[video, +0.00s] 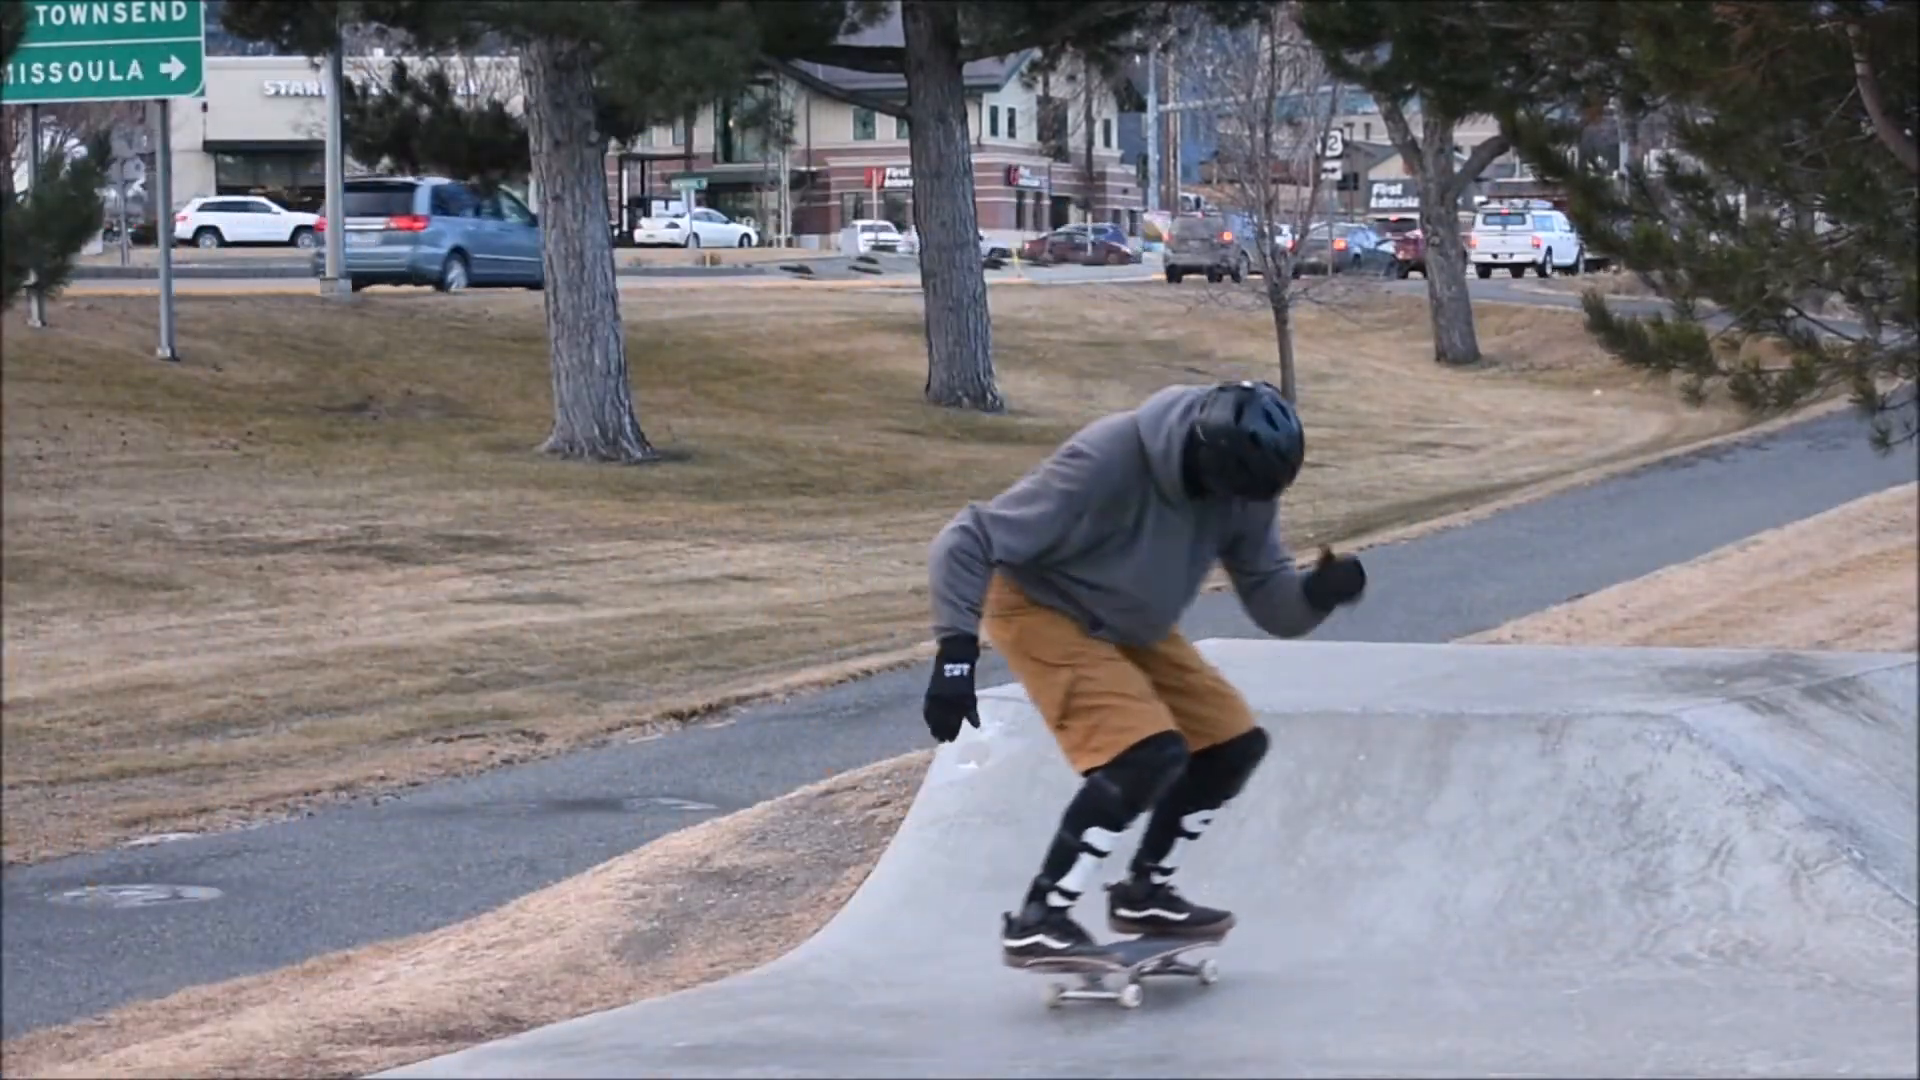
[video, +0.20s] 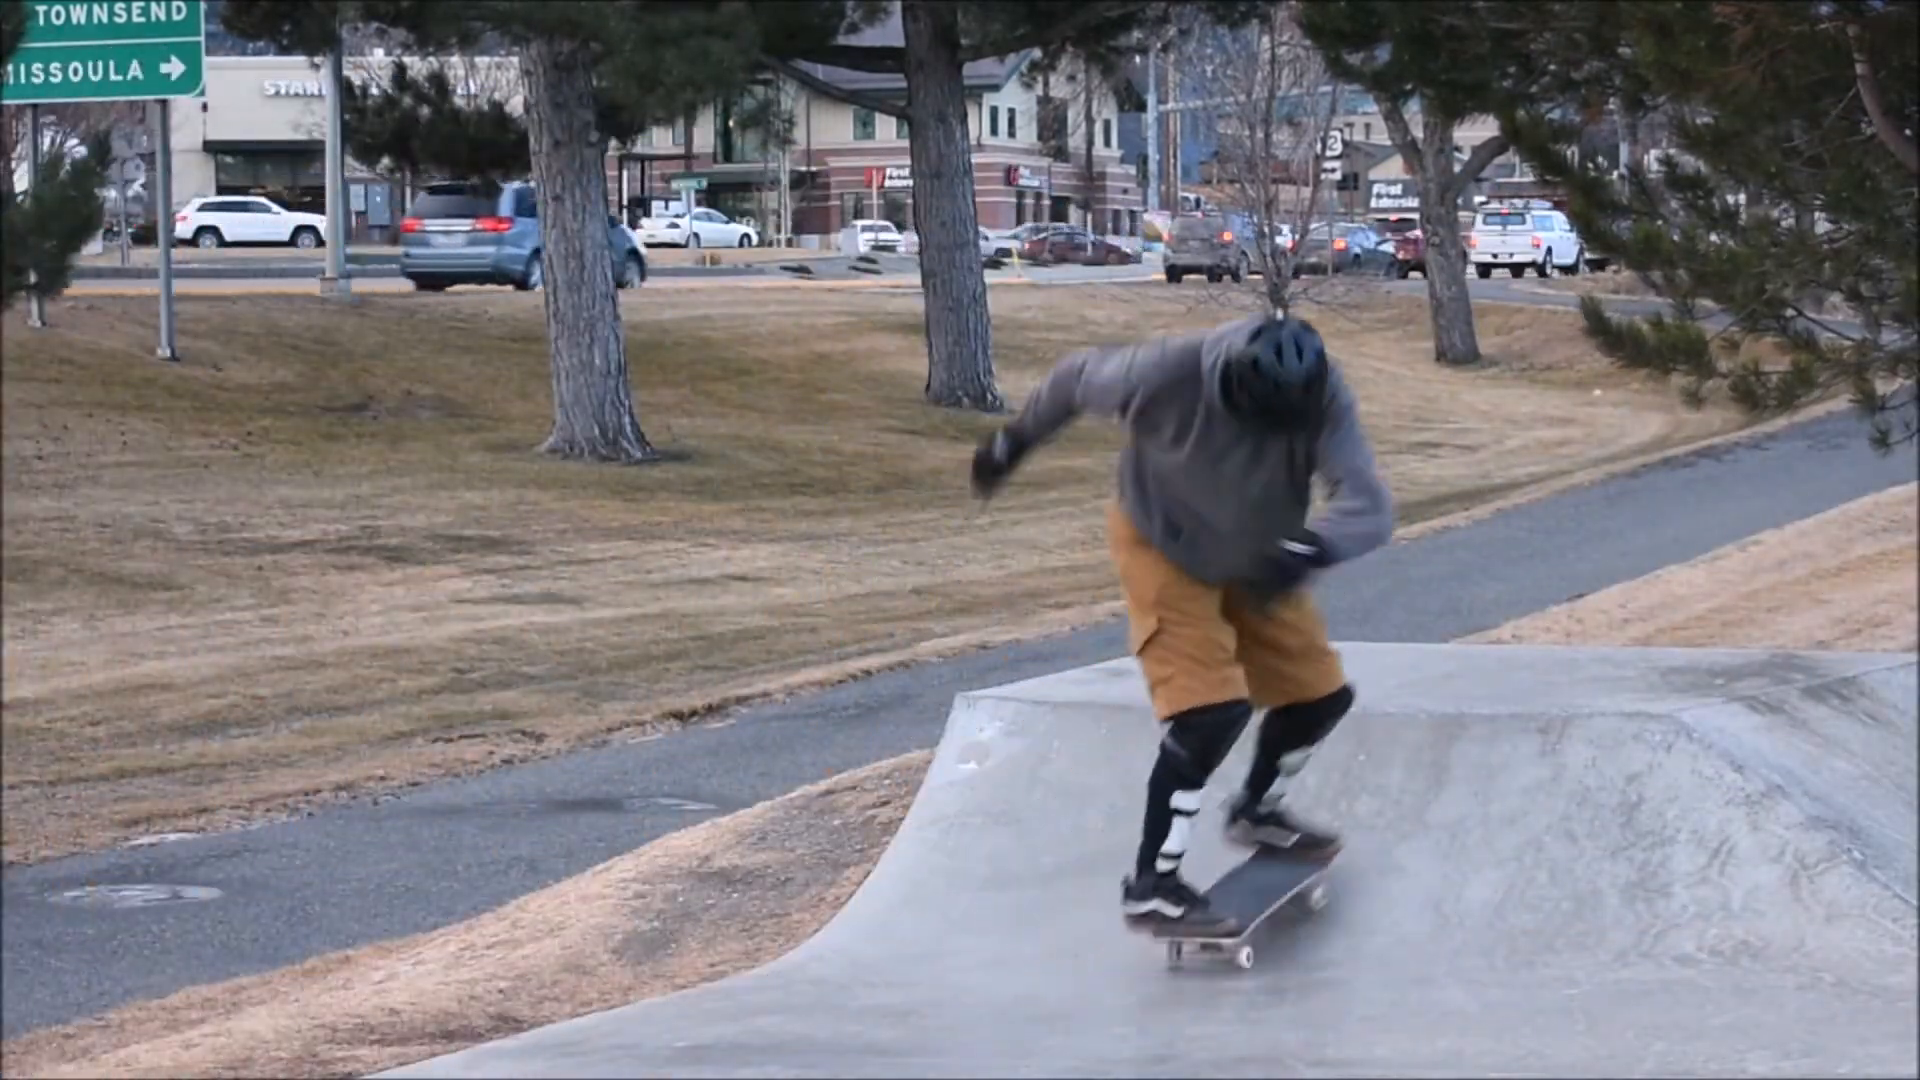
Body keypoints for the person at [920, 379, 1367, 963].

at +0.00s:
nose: (1247, 504)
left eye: (1256, 494)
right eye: (1242, 490)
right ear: (1212, 458)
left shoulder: (1246, 482)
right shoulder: (1110, 459)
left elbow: (1271, 603)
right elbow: (969, 537)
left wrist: (1317, 592)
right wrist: (955, 657)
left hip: (1129, 616)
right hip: (1035, 602)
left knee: (1230, 746)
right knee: (1145, 754)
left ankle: (1141, 893)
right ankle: (1037, 916)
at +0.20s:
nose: (1273, 431)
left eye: (1289, 422)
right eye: (1263, 418)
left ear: (1311, 391)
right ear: (1236, 383)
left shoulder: (1322, 396)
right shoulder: (1169, 372)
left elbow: (1370, 506)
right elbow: (1073, 380)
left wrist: (1312, 549)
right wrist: (1011, 443)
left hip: (1258, 557)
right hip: (1163, 546)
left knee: (1317, 698)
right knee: (1210, 711)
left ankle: (1254, 808)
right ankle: (1152, 880)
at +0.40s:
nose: (1274, 364)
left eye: (1288, 350)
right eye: (1261, 354)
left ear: (1317, 313)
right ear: (1233, 315)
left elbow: (1503, 317)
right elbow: (1083, 317)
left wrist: (1599, 380)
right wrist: (997, 393)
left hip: (1359, 441)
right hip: (1252, 443)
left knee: (1400, 610)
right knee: (1233, 599)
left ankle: (1492, 747)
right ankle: (1313, 638)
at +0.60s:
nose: (1207, 357)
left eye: (1209, 345)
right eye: (1196, 347)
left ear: (1233, 313)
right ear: (1203, 309)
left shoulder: (1334, 297)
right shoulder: (1215, 301)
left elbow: (1455, 292)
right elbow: (1139, 362)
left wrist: (1544, 320)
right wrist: (1090, 428)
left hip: (1448, 422)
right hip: (1382, 432)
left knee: (1398, 625)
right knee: (1336, 562)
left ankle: (1488, 765)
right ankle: (1451, 629)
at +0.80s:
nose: (1215, 353)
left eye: (1211, 341)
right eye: (1205, 348)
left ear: (1224, 306)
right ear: (1225, 292)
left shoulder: (1313, 317)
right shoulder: (1265, 331)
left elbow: (1435, 327)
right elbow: (1217, 408)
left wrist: (1535, 391)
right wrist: (1152, 492)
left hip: (1476, 447)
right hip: (1419, 447)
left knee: (1399, 645)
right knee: (1355, 560)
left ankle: (1488, 786)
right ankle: (1457, 636)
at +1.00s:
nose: (1218, 349)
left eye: (1212, 335)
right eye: (1206, 343)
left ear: (1225, 302)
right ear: (1223, 302)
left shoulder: (1314, 305)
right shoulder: (1269, 358)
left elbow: (1400, 283)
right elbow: (1240, 444)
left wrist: (1501, 287)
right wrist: (1183, 526)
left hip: (1468, 471)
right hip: (1425, 478)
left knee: (1406, 683)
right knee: (1379, 624)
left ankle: (1472, 863)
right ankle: (1486, 735)